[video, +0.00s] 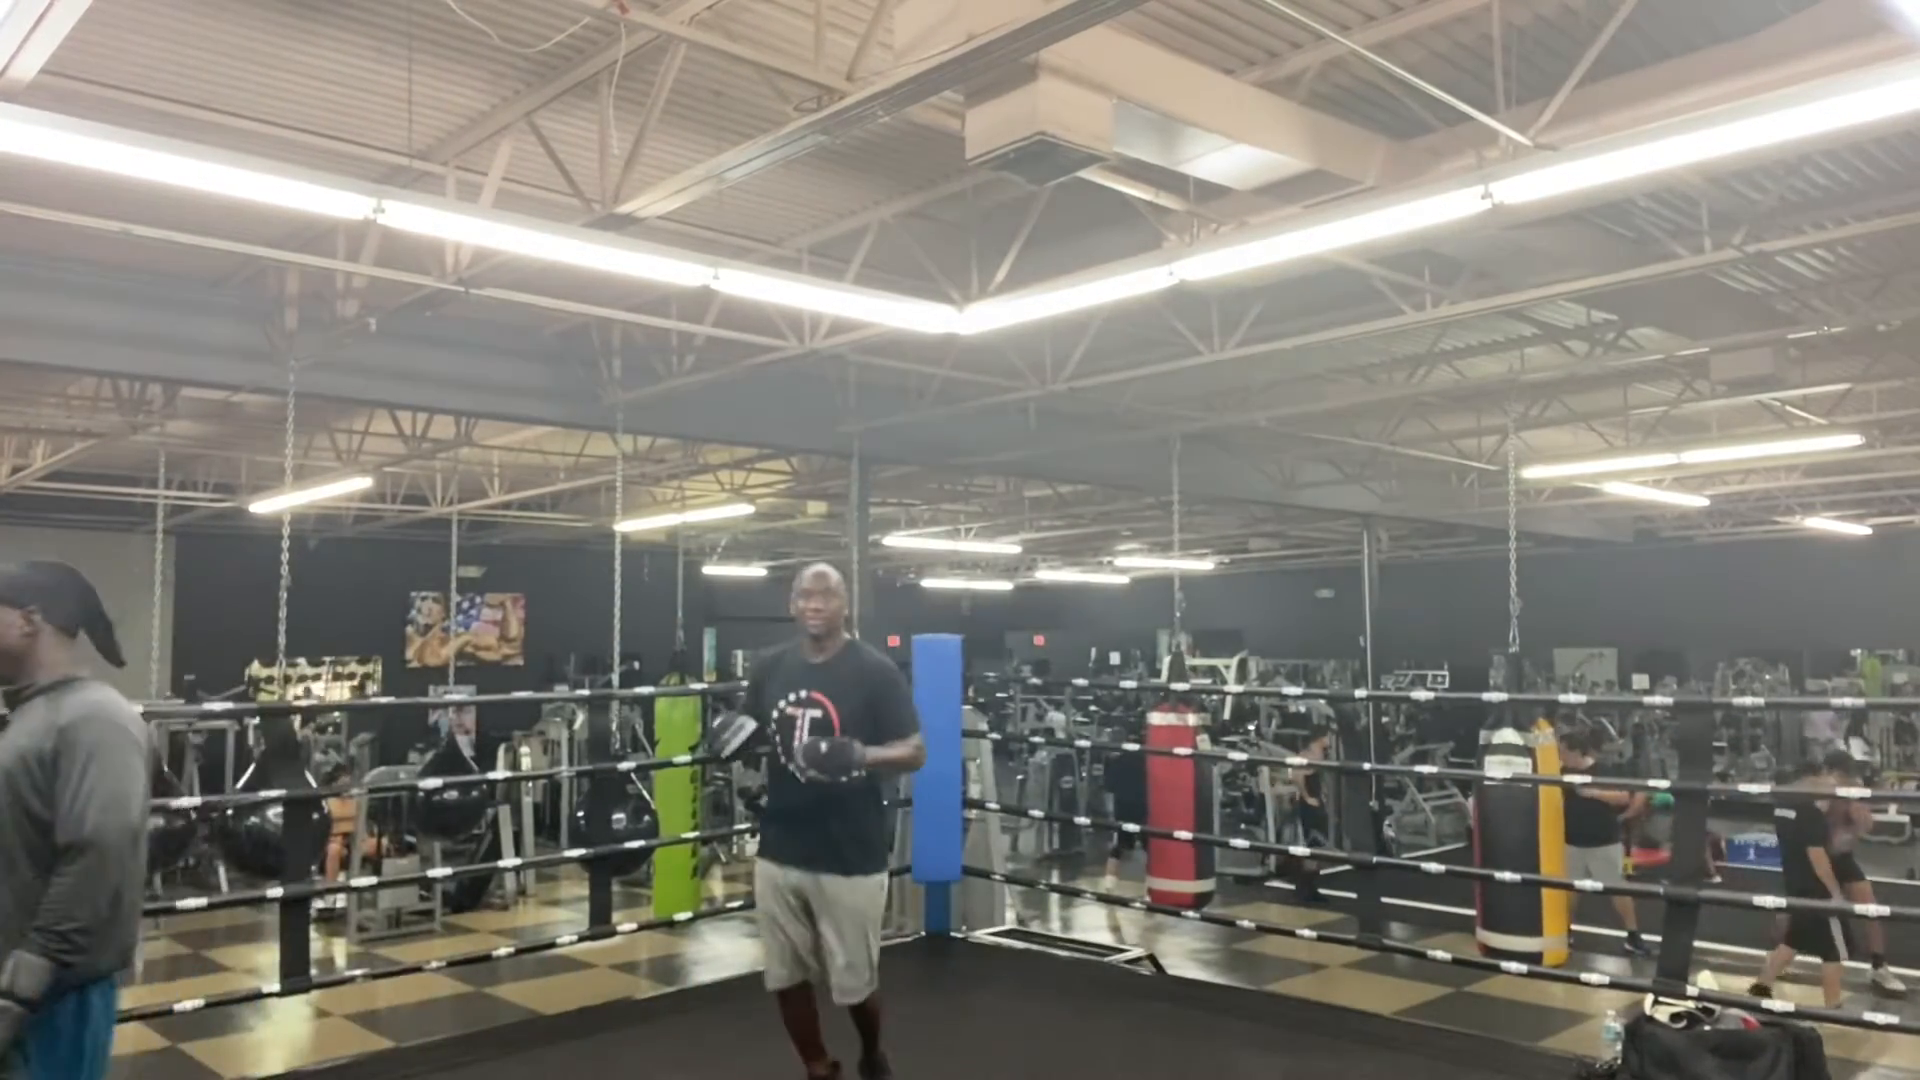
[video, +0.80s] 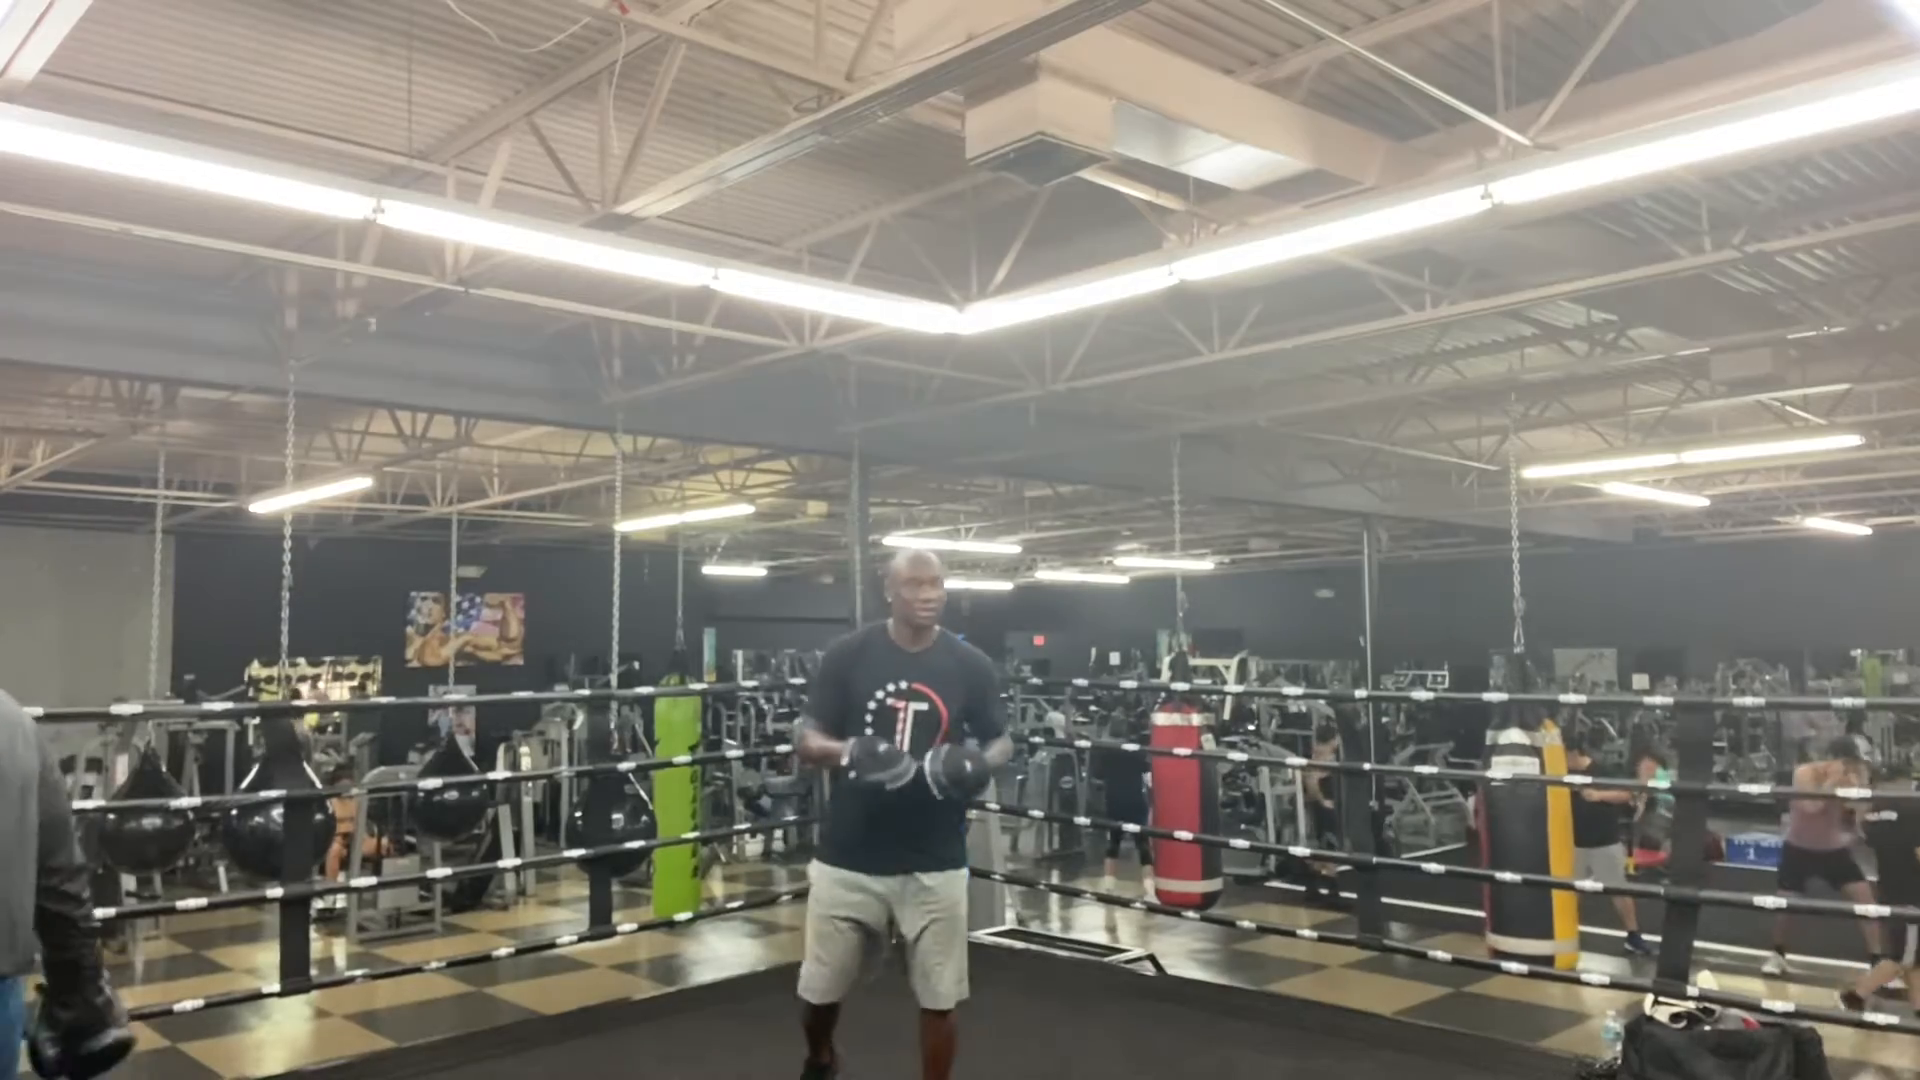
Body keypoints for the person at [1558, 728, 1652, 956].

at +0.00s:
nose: (1560, 757)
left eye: (1563, 751)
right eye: (1559, 751)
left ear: (1579, 752)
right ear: (1568, 752)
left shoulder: (1606, 773)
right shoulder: (1562, 775)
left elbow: (1622, 797)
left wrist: (1594, 793)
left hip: (1604, 843)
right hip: (1570, 842)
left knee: (1619, 890)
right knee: (1565, 890)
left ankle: (1633, 934)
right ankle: (1563, 931)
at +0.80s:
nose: (1567, 762)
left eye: (1570, 757)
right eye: (1565, 757)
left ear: (1582, 756)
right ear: (1564, 759)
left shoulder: (1603, 773)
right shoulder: (1561, 777)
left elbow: (1626, 794)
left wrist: (1598, 794)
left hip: (1605, 841)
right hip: (1573, 842)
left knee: (1619, 890)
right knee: (1567, 892)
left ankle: (1633, 933)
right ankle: (1563, 936)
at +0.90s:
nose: (1567, 762)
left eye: (1570, 757)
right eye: (1565, 758)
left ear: (1581, 755)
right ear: (1564, 758)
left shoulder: (1600, 773)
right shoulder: (1558, 776)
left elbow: (1626, 794)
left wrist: (1598, 795)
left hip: (1605, 839)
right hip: (1573, 841)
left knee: (1619, 889)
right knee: (1566, 891)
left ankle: (1633, 934)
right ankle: (1562, 936)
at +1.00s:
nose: (1564, 761)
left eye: (1567, 756)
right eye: (1562, 757)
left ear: (1578, 754)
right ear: (1561, 757)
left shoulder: (1600, 770)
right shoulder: (1557, 777)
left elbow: (1627, 793)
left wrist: (1599, 796)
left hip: (1604, 840)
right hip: (1573, 843)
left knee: (1620, 889)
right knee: (1566, 892)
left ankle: (1633, 934)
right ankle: (1563, 937)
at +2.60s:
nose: (1597, 758)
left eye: (1598, 752)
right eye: (1591, 753)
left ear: (1601, 750)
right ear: (1571, 754)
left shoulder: (1606, 773)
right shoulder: (1564, 777)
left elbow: (1624, 791)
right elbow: (1572, 808)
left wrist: (1623, 799)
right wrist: (1607, 803)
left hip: (1607, 840)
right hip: (1575, 843)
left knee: (1620, 890)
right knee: (1565, 892)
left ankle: (1633, 934)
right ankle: (1561, 936)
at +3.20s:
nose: (1608, 760)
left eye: (1610, 755)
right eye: (1604, 754)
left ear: (1612, 753)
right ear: (1590, 750)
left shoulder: (1610, 774)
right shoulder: (1568, 771)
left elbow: (1614, 799)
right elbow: (1554, 797)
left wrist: (1627, 804)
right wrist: (1579, 811)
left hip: (1607, 842)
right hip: (1576, 843)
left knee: (1620, 890)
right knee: (1570, 892)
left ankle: (1633, 935)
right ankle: (1564, 932)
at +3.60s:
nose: (1575, 752)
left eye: (1580, 747)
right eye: (1575, 747)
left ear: (1596, 750)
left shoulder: (1615, 774)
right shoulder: (1567, 773)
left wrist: (1627, 805)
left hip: (1608, 841)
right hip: (1575, 842)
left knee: (1620, 890)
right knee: (1571, 890)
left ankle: (1633, 934)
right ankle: (1564, 932)